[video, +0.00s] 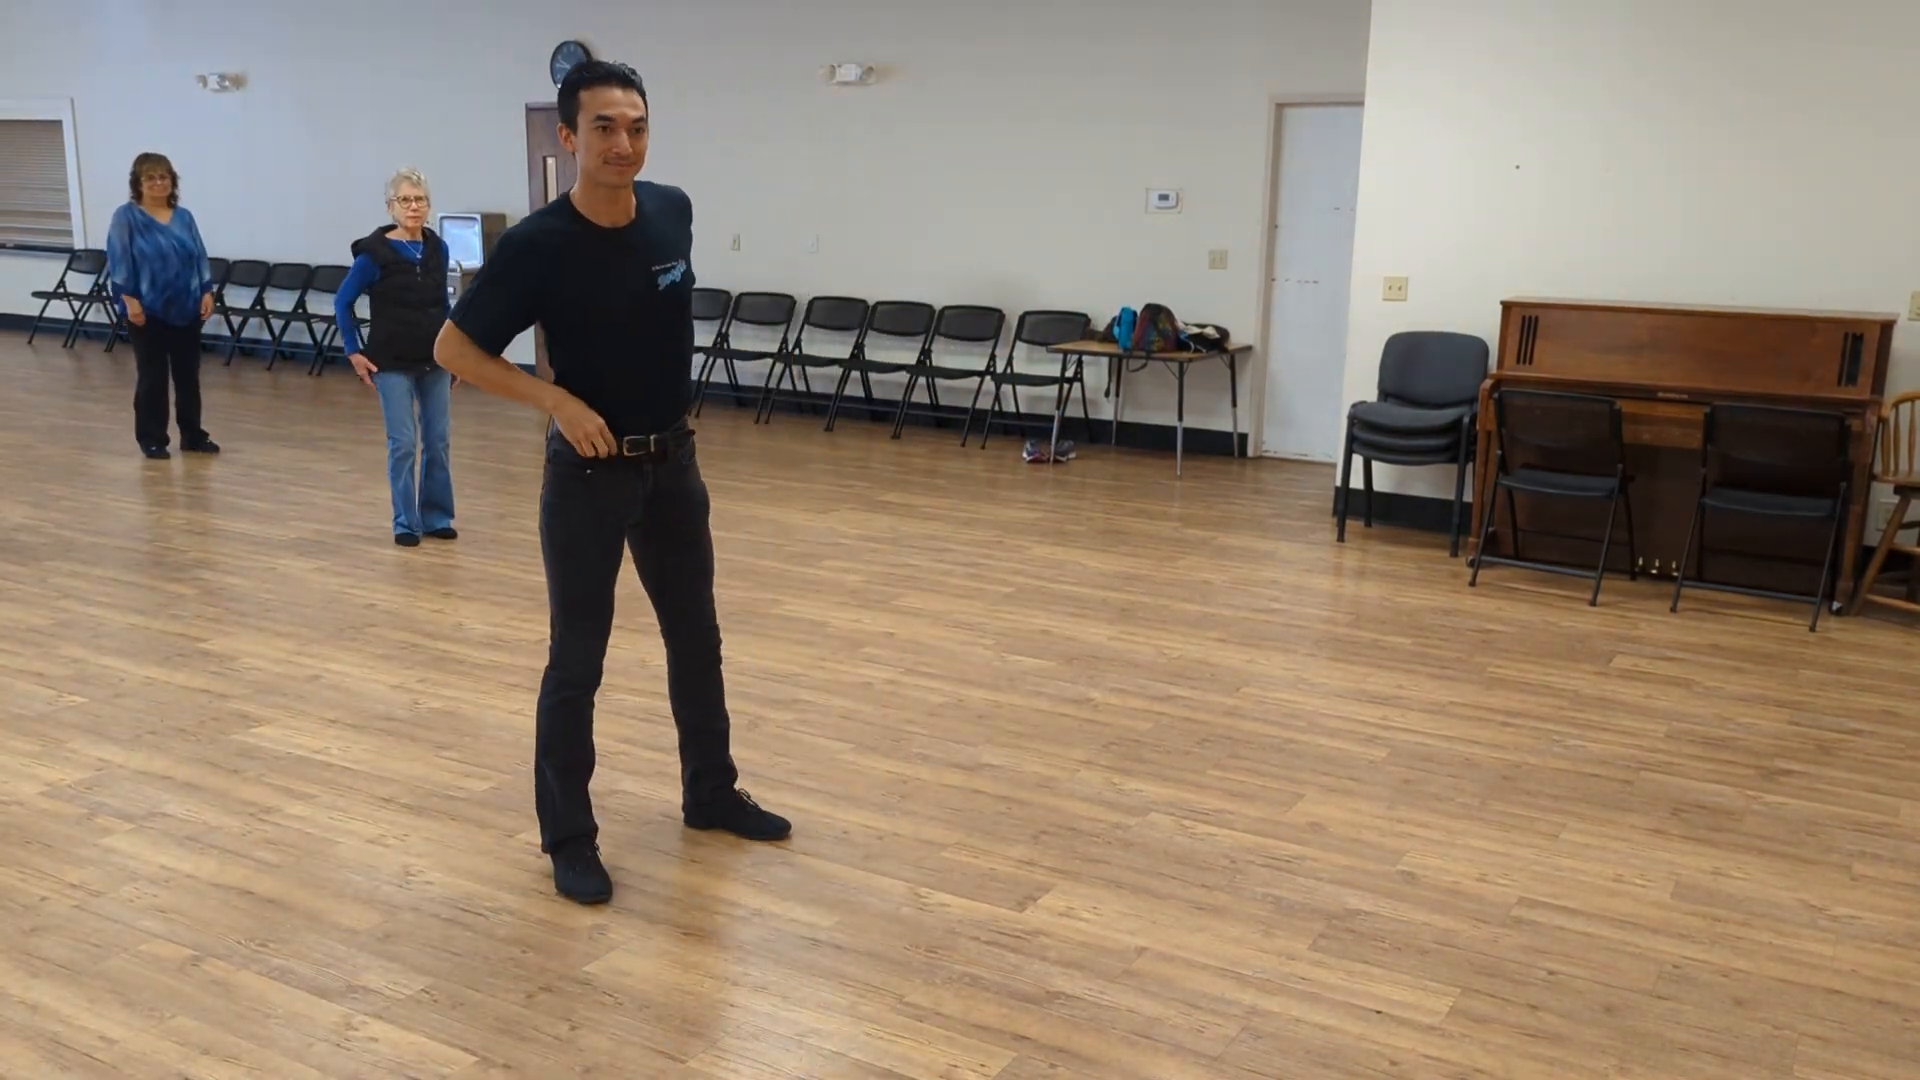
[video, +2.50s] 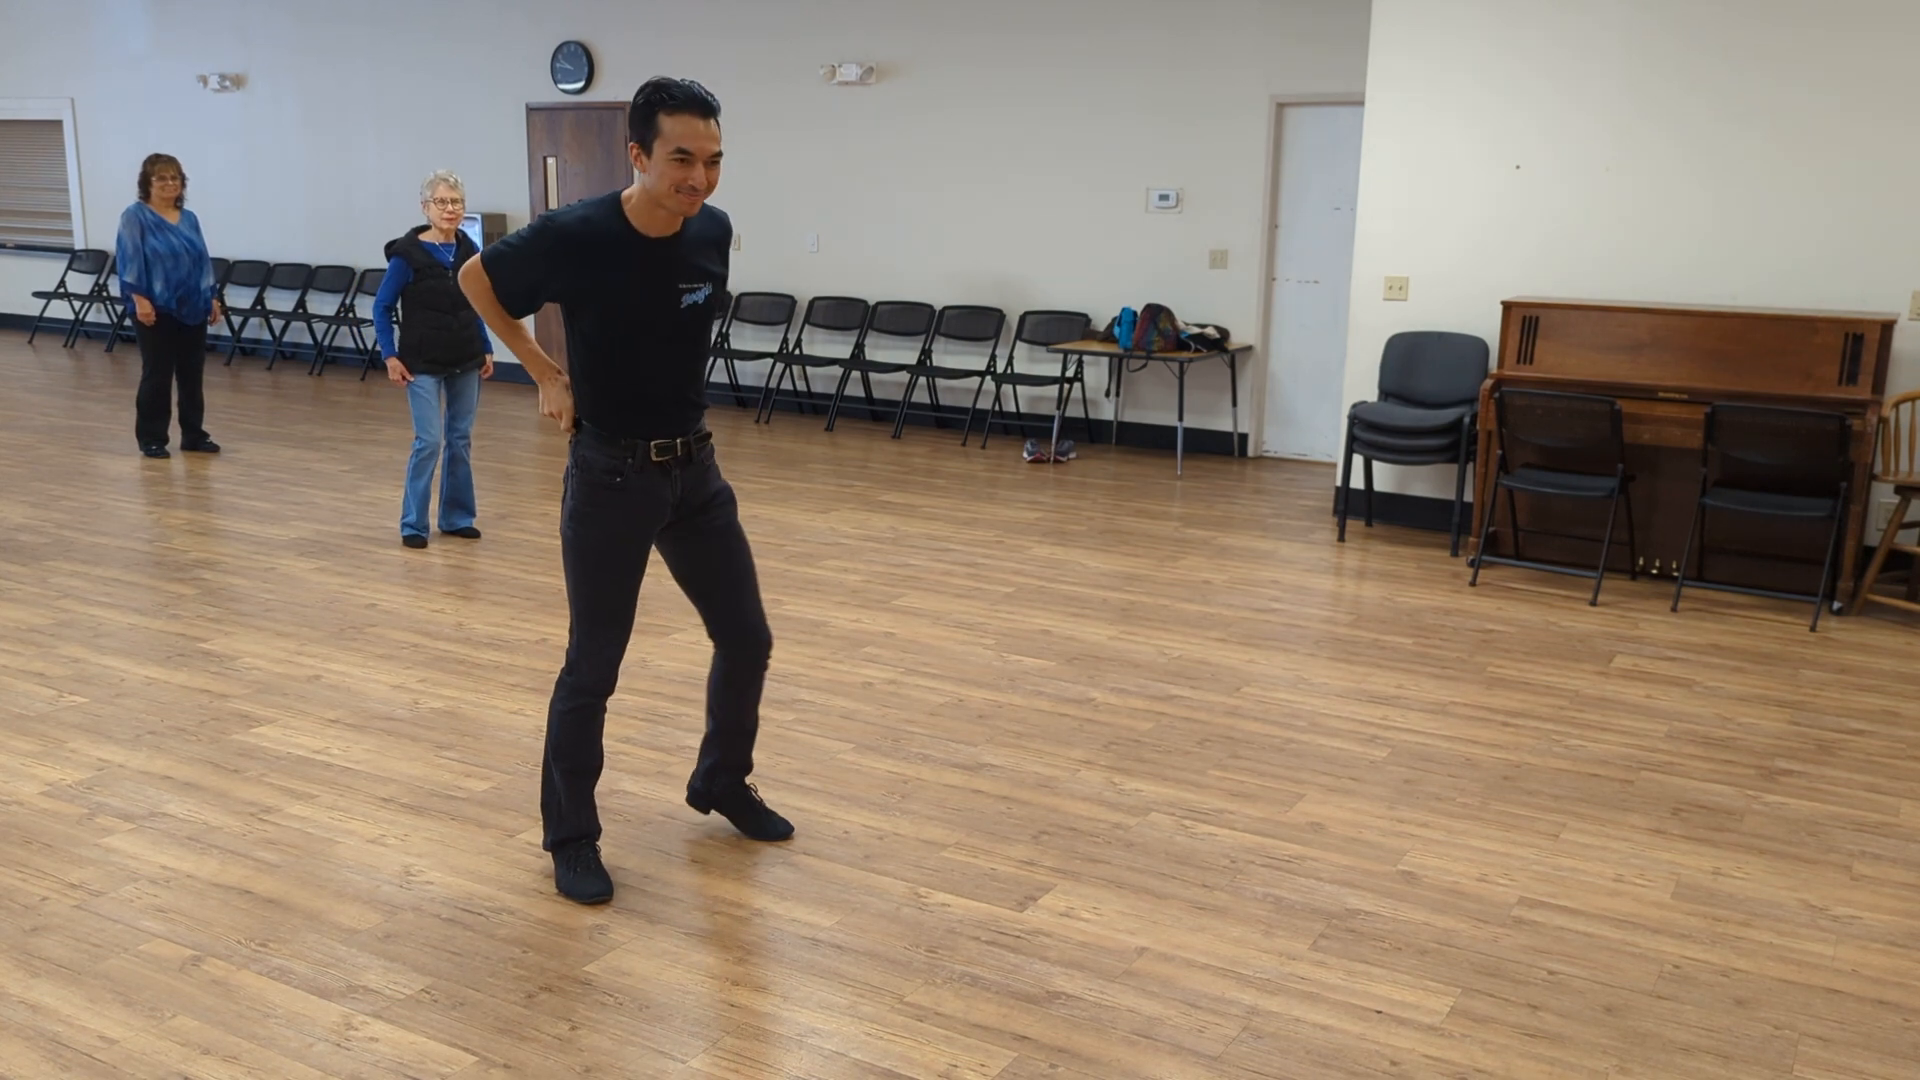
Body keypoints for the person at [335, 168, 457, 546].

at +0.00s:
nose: (413, 207)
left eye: (419, 200)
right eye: (405, 200)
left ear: (429, 205)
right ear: (392, 206)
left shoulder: (438, 249)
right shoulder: (376, 252)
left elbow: (444, 303)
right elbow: (342, 301)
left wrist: (454, 351)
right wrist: (354, 351)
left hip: (435, 359)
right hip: (390, 362)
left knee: (437, 441)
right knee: (404, 442)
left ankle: (437, 518)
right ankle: (405, 524)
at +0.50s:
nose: (410, 209)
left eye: (416, 202)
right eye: (401, 202)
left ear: (424, 207)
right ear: (386, 207)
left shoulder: (426, 249)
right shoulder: (370, 253)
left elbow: (417, 300)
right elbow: (335, 302)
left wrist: (421, 339)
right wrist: (350, 353)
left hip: (425, 358)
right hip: (383, 362)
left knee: (441, 434)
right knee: (393, 443)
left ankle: (434, 515)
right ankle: (403, 523)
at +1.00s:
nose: (415, 209)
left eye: (420, 202)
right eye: (406, 203)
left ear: (427, 208)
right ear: (389, 207)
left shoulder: (429, 247)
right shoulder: (373, 254)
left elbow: (424, 300)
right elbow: (342, 305)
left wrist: (428, 341)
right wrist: (355, 357)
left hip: (433, 357)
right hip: (390, 361)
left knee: (449, 436)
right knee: (397, 444)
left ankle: (456, 517)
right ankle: (404, 524)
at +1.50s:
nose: (434, 207)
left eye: (440, 201)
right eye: (426, 201)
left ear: (447, 205)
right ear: (410, 205)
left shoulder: (450, 246)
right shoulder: (394, 251)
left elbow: (452, 305)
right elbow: (367, 307)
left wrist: (466, 353)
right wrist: (379, 357)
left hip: (453, 357)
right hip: (410, 359)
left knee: (453, 441)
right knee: (409, 444)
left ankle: (455, 518)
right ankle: (406, 524)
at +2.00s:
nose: (449, 210)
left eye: (455, 203)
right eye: (441, 204)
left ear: (462, 208)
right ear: (425, 209)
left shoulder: (467, 250)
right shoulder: (409, 254)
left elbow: (473, 303)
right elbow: (384, 309)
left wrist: (487, 346)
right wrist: (395, 358)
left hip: (470, 360)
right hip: (427, 363)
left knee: (462, 440)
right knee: (430, 444)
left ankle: (457, 518)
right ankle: (410, 524)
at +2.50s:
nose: (450, 209)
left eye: (456, 202)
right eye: (442, 203)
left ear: (464, 207)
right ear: (426, 207)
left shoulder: (470, 250)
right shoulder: (410, 253)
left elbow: (478, 306)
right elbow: (382, 306)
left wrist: (486, 348)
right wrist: (389, 355)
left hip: (467, 360)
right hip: (422, 362)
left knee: (460, 440)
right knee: (429, 442)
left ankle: (457, 518)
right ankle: (414, 525)